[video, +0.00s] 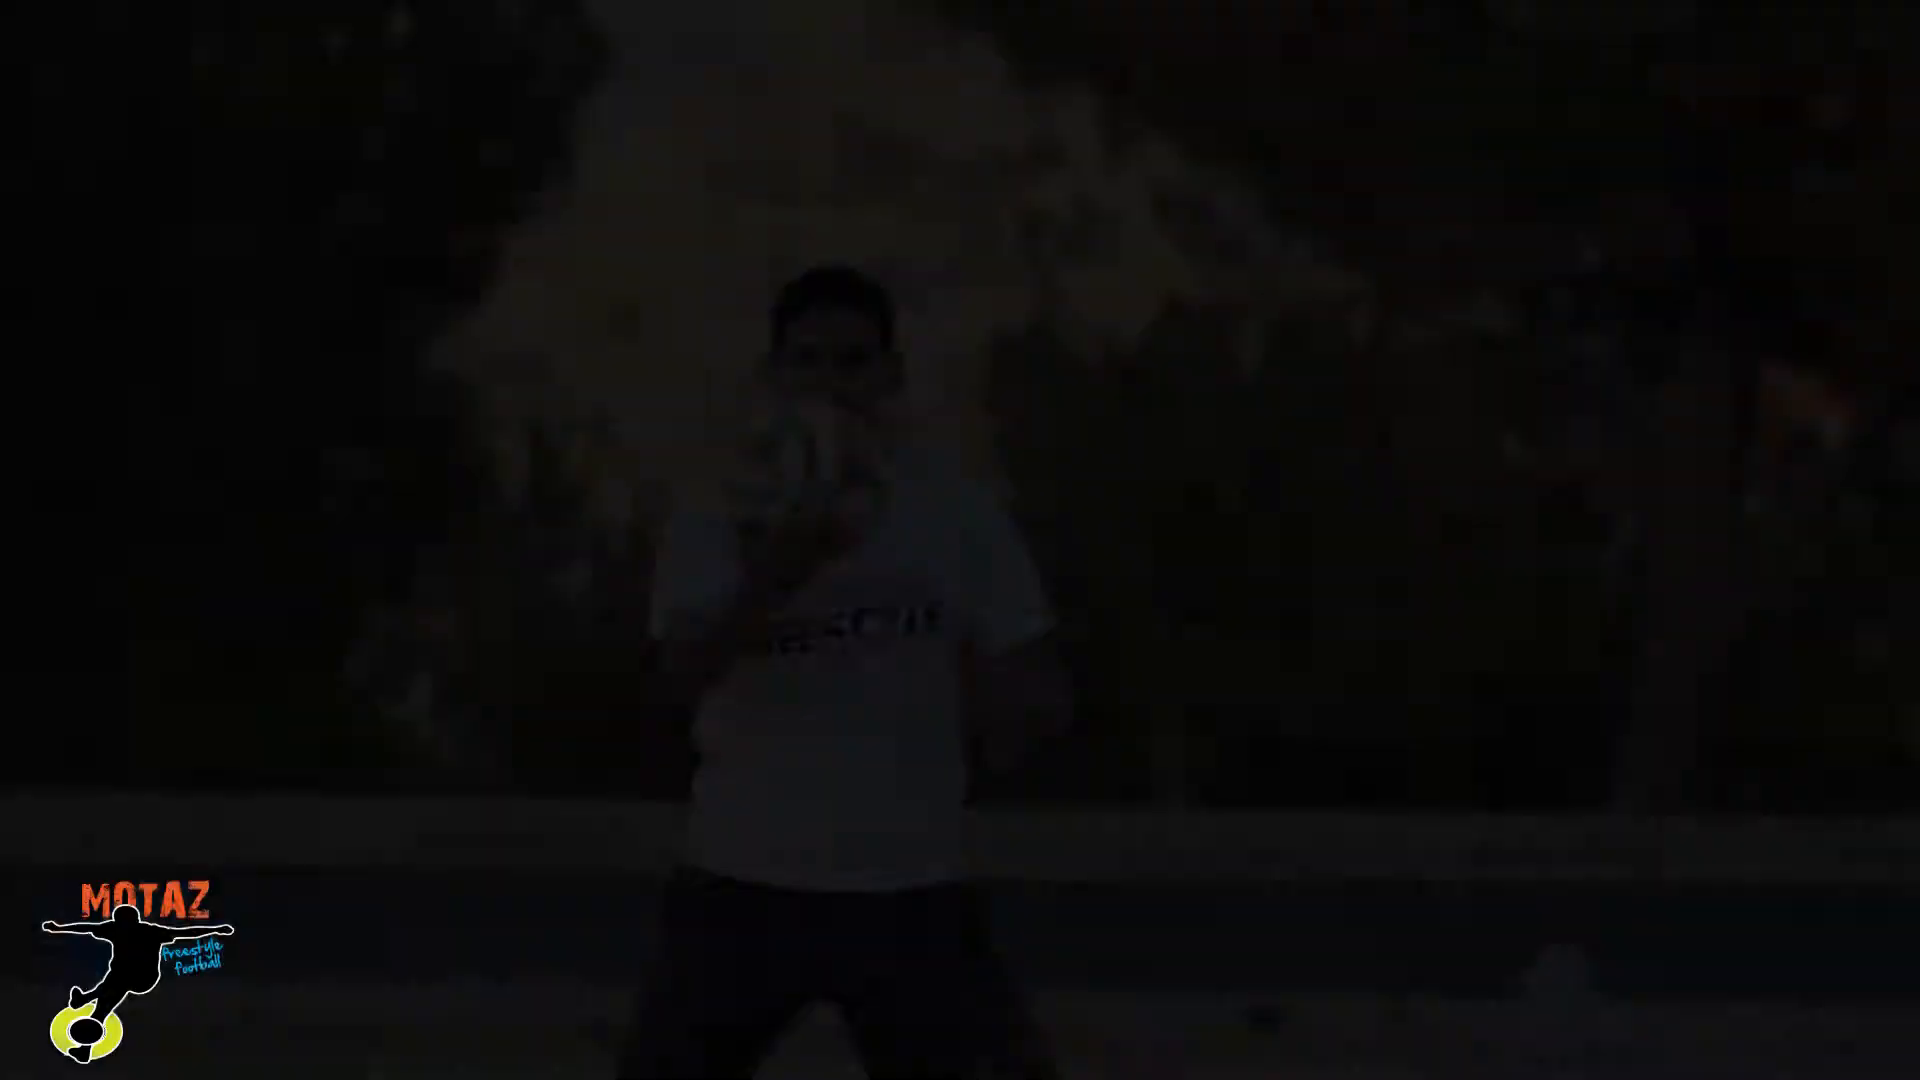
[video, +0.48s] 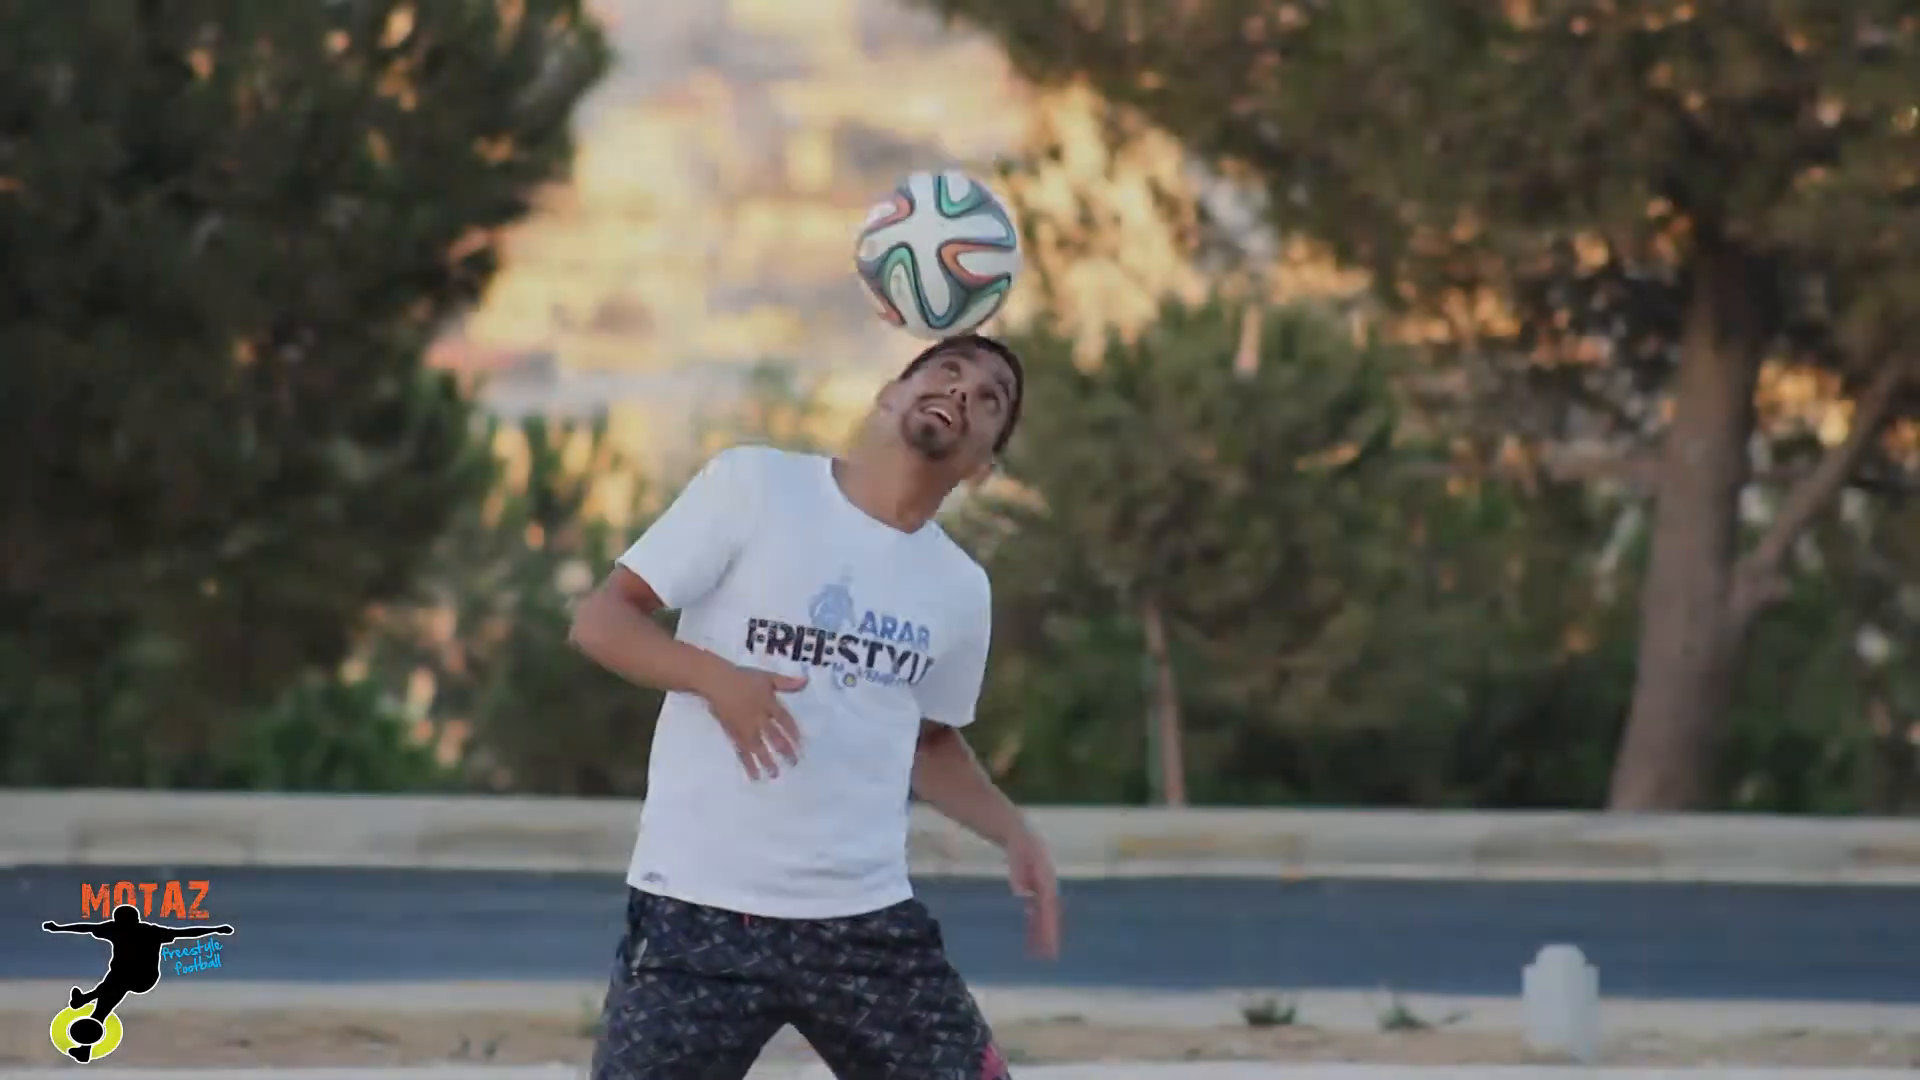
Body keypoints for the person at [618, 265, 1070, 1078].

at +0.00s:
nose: (834, 383)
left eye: (856, 358)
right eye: (811, 360)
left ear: (891, 372)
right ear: (777, 375)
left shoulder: (945, 504)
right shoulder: (730, 501)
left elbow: (1027, 683)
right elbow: (677, 680)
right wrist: (775, 577)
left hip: (910, 881)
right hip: (745, 878)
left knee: (972, 1063)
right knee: (671, 1064)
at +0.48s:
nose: (961, 390)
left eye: (990, 400)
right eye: (946, 370)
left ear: (981, 466)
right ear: (888, 396)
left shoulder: (961, 590)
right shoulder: (749, 486)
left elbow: (928, 737)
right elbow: (598, 618)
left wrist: (1013, 832)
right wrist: (712, 676)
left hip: (868, 934)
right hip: (698, 924)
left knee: (970, 1072)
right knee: (634, 1070)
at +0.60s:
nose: (1000, 548)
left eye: (1021, 574)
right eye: (1006, 524)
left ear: (981, 627)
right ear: (953, 511)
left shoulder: (911, 693)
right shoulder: (764, 521)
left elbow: (828, 814)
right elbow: (572, 594)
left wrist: (885, 912)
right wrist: (641, 718)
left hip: (789, 968)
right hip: (624, 945)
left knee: (904, 1069)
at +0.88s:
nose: (953, 427)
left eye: (986, 440)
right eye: (951, 412)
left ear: (982, 517)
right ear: (909, 434)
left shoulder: (935, 660)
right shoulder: (739, 497)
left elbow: (917, 817)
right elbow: (572, 607)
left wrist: (945, 876)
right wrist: (597, 676)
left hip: (829, 947)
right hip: (656, 932)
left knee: (943, 1071)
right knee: (605, 1066)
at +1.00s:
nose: (866, 326)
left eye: (900, 324)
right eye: (851, 324)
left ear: (936, 393)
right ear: (823, 387)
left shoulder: (976, 551)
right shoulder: (727, 491)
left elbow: (1032, 723)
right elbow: (632, 643)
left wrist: (1032, 757)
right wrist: (603, 678)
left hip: (904, 918)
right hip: (723, 907)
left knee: (1011, 1071)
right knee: (653, 1071)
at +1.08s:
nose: (842, 310)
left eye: (873, 306)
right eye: (825, 311)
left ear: (917, 372)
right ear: (805, 377)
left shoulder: (983, 512)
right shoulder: (730, 504)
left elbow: (1097, 688)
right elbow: (667, 682)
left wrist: (1056, 686)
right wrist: (625, 697)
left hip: (932, 906)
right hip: (753, 901)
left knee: (1031, 1071)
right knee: (679, 1071)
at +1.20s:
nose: (755, 362)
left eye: (781, 344)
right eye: (739, 372)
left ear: (849, 374)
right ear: (753, 436)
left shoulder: (979, 485)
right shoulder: (744, 556)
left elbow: (1135, 625)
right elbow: (724, 751)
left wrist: (1064, 636)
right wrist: (656, 761)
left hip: (954, 912)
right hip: (780, 911)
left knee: (1047, 1070)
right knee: (688, 1071)